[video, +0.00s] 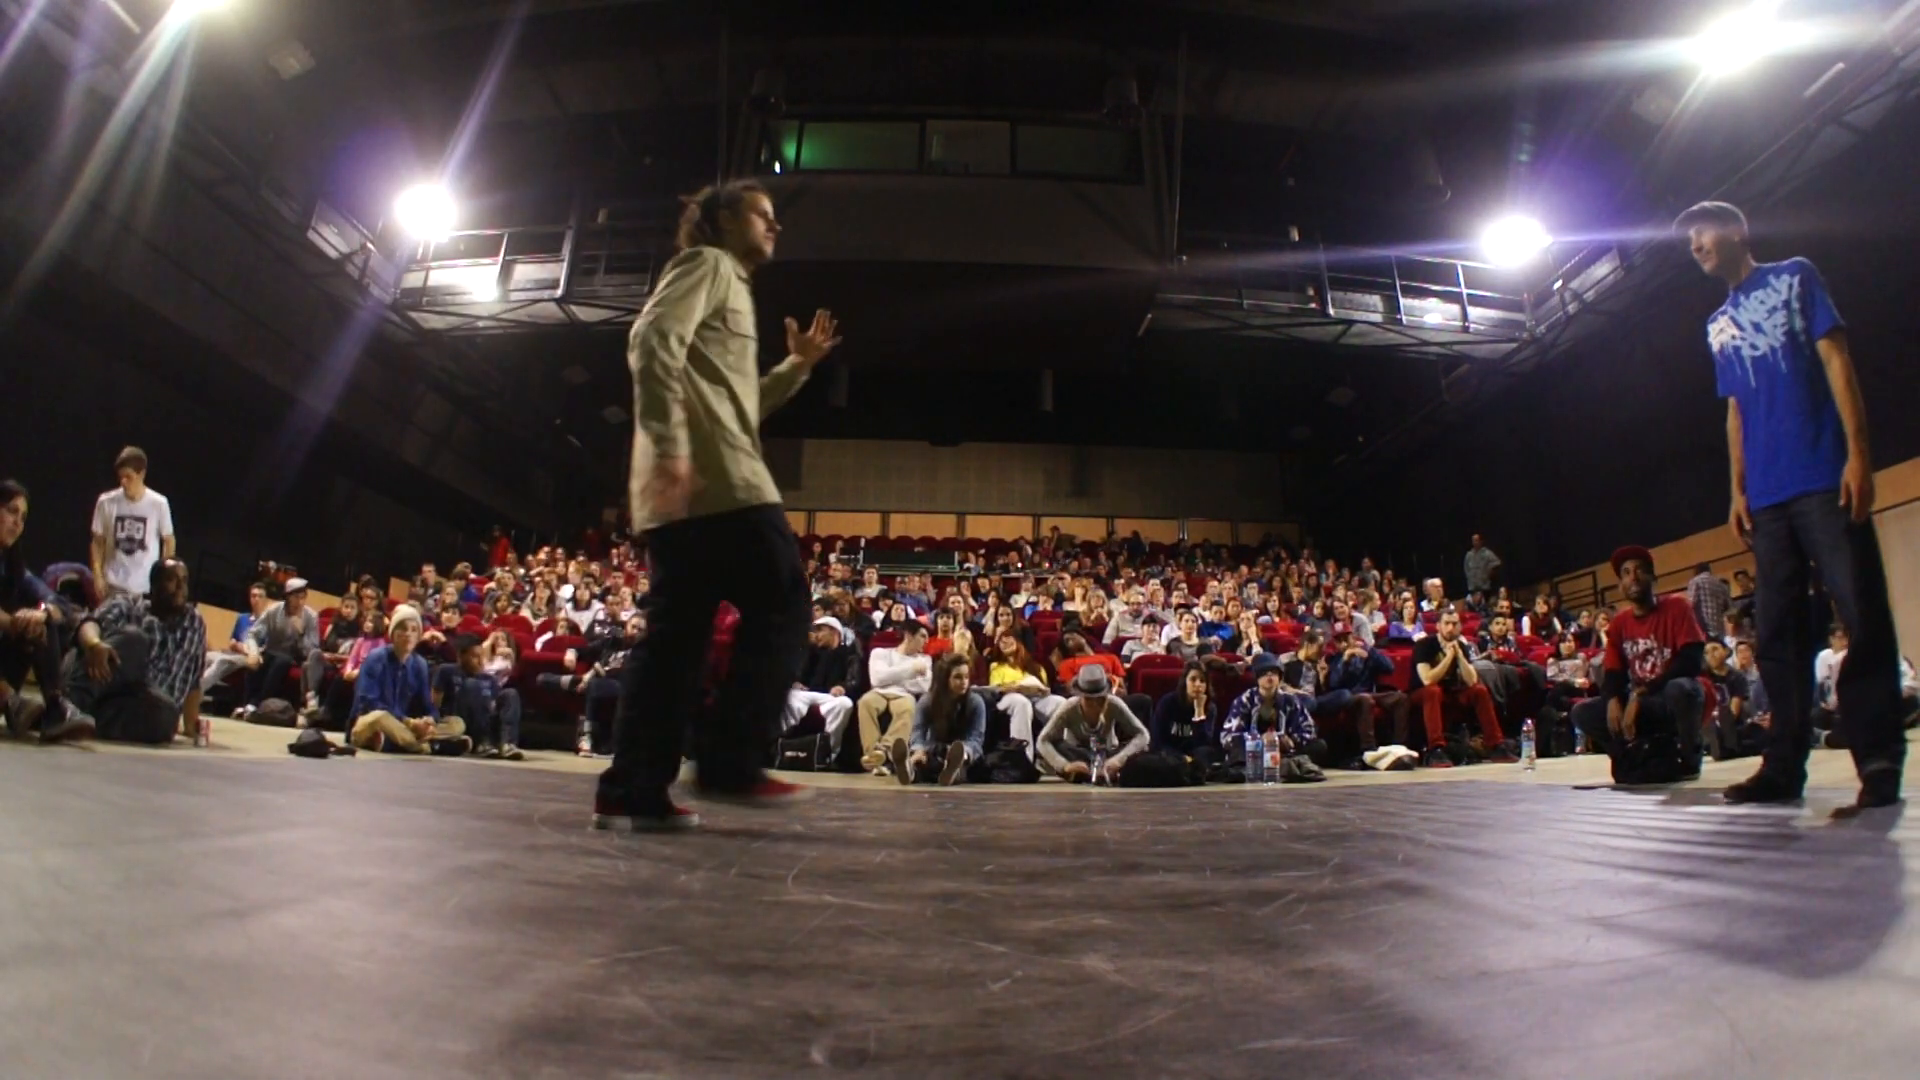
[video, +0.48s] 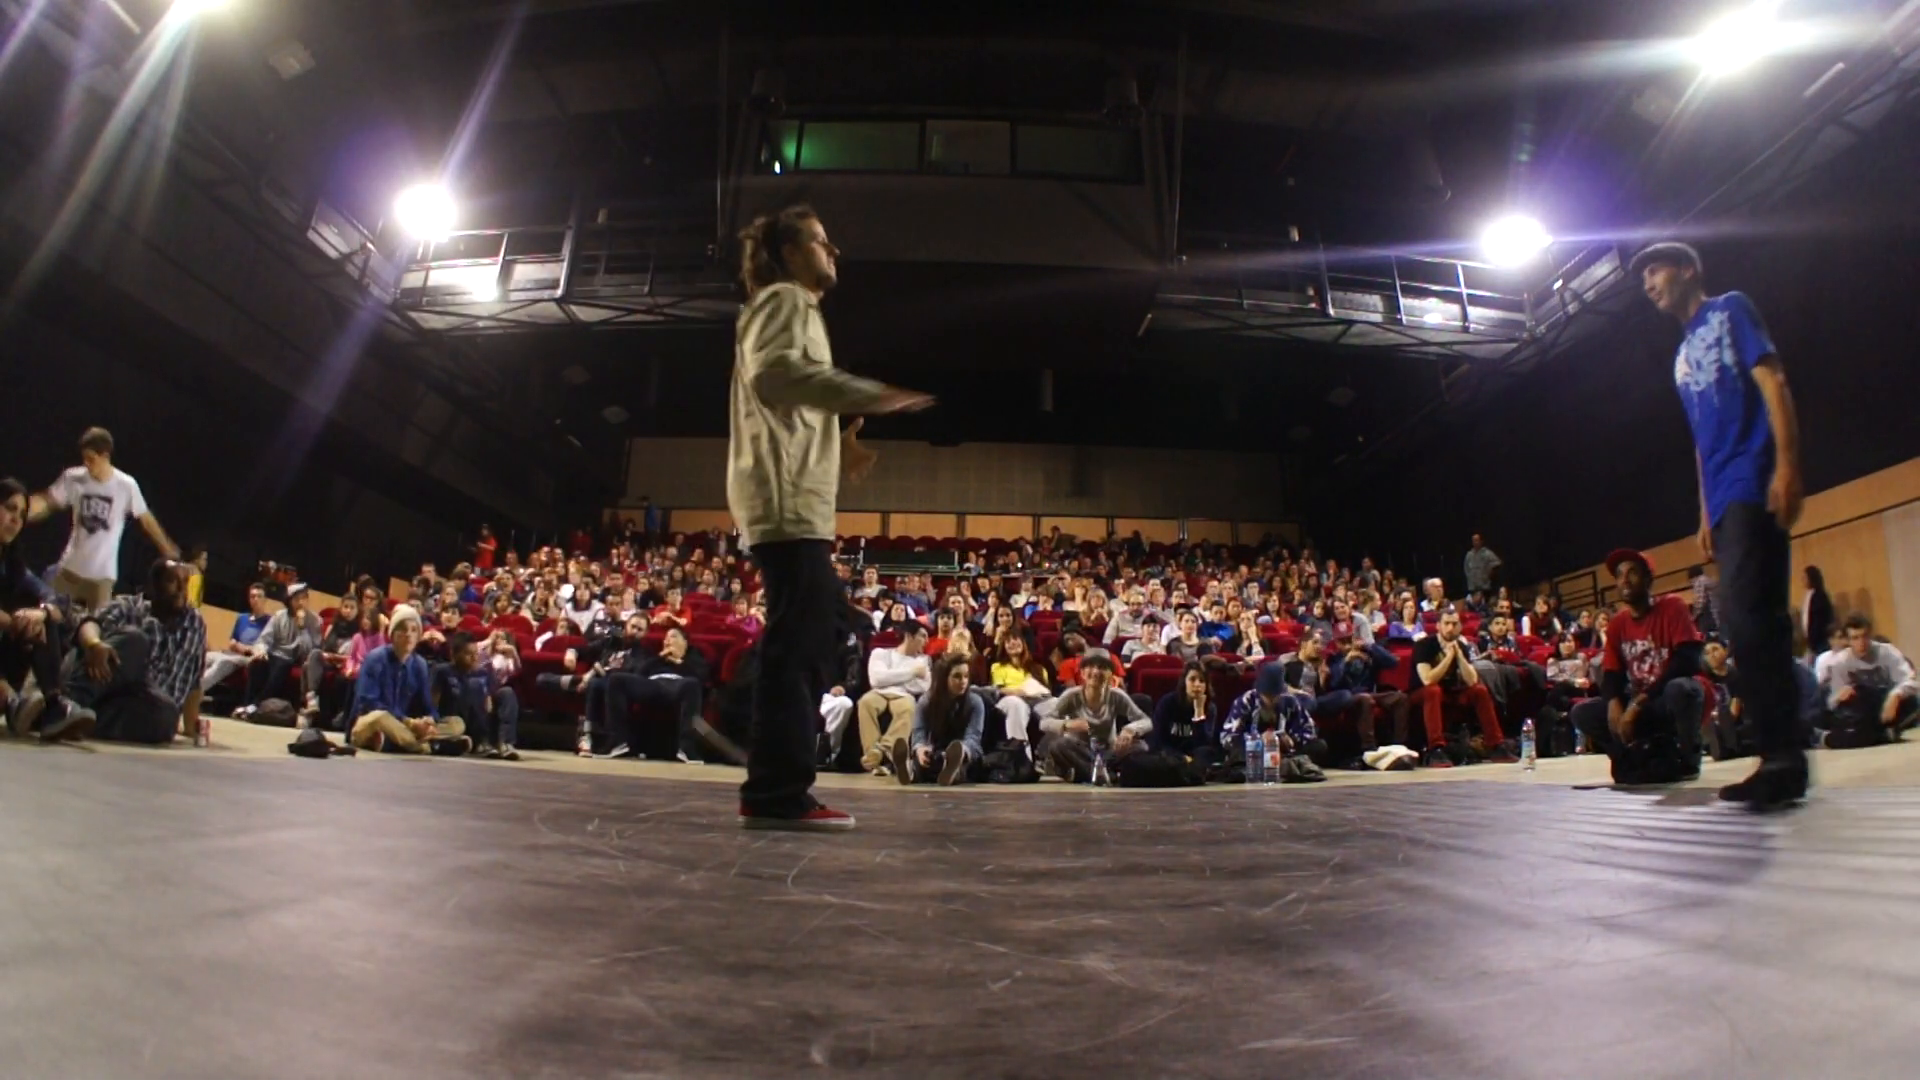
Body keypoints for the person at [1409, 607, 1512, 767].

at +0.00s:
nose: (1451, 628)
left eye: (1455, 624)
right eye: (1446, 623)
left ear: (1460, 627)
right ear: (1438, 626)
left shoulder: (1463, 646)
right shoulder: (1423, 645)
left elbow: (1471, 681)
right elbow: (1427, 678)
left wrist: (1459, 655)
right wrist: (1449, 657)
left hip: (1454, 692)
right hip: (1428, 694)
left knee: (1480, 691)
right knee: (1433, 691)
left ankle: (1497, 745)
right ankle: (1436, 749)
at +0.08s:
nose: (1450, 628)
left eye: (1455, 624)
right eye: (1446, 624)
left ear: (1460, 627)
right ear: (1438, 626)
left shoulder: (1462, 646)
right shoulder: (1424, 646)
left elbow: (1471, 681)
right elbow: (1427, 678)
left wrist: (1459, 655)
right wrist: (1448, 657)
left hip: (1454, 692)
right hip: (1429, 693)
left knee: (1480, 691)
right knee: (1433, 691)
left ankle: (1496, 745)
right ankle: (1436, 748)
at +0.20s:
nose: (1450, 628)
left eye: (1454, 624)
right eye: (1446, 624)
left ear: (1460, 627)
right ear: (1438, 626)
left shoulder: (1462, 646)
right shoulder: (1424, 646)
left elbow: (1471, 681)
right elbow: (1427, 678)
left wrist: (1458, 655)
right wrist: (1448, 657)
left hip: (1454, 692)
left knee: (1480, 691)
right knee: (1433, 690)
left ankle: (1496, 745)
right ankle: (1436, 748)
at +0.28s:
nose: (1450, 628)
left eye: (1455, 624)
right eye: (1446, 623)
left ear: (1460, 627)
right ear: (1438, 626)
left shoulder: (1462, 646)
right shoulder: (1423, 646)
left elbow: (1472, 681)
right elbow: (1427, 679)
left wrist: (1458, 655)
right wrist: (1449, 656)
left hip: (1454, 691)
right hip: (1429, 693)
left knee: (1480, 691)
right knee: (1433, 690)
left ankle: (1496, 745)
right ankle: (1436, 748)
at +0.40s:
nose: (1450, 628)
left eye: (1454, 624)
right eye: (1446, 624)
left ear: (1460, 627)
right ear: (1438, 626)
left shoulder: (1462, 646)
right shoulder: (1424, 645)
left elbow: (1472, 681)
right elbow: (1427, 678)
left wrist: (1459, 655)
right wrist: (1448, 657)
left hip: (1454, 692)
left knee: (1480, 691)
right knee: (1433, 690)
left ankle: (1496, 745)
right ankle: (1436, 748)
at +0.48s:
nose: (1450, 628)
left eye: (1455, 624)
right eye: (1446, 624)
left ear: (1460, 627)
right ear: (1439, 626)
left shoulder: (1462, 646)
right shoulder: (1424, 645)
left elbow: (1472, 681)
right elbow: (1427, 678)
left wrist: (1459, 655)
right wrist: (1449, 656)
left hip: (1454, 692)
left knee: (1480, 691)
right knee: (1433, 690)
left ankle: (1497, 745)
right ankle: (1436, 748)